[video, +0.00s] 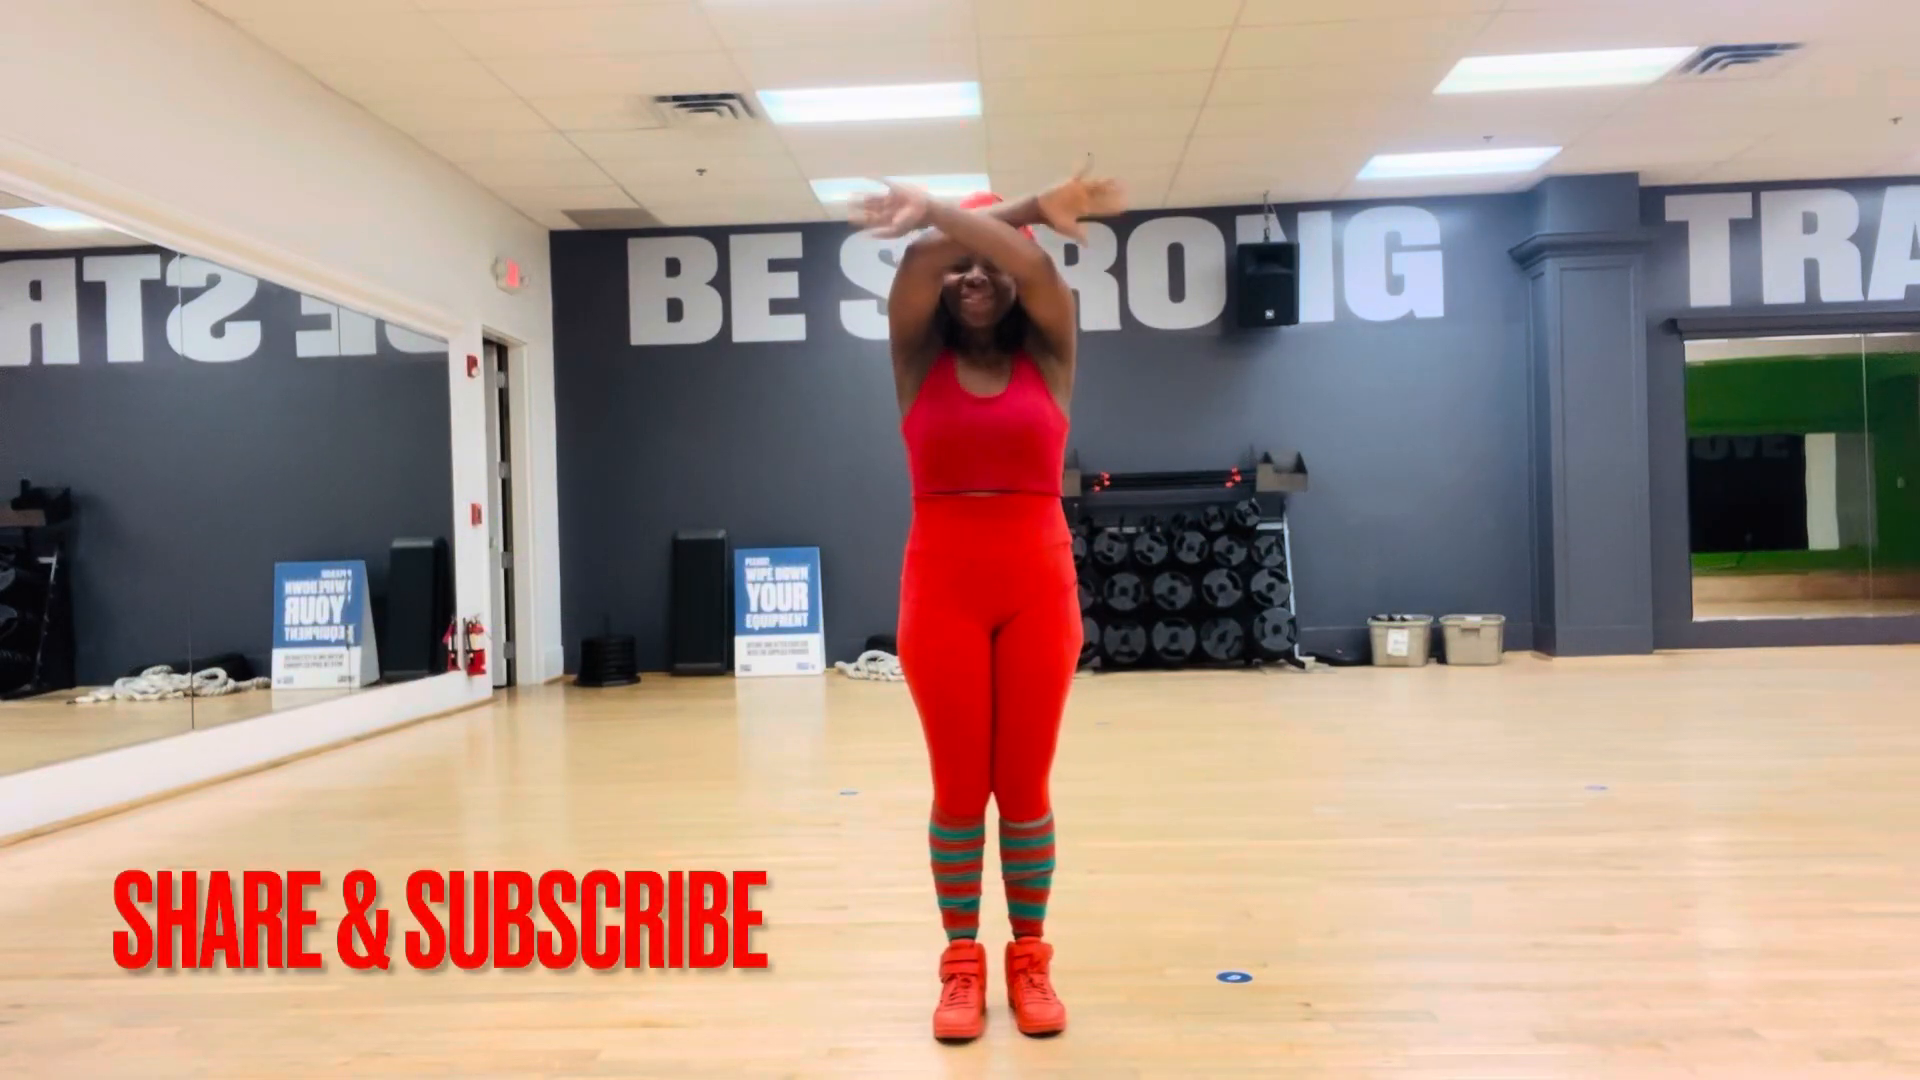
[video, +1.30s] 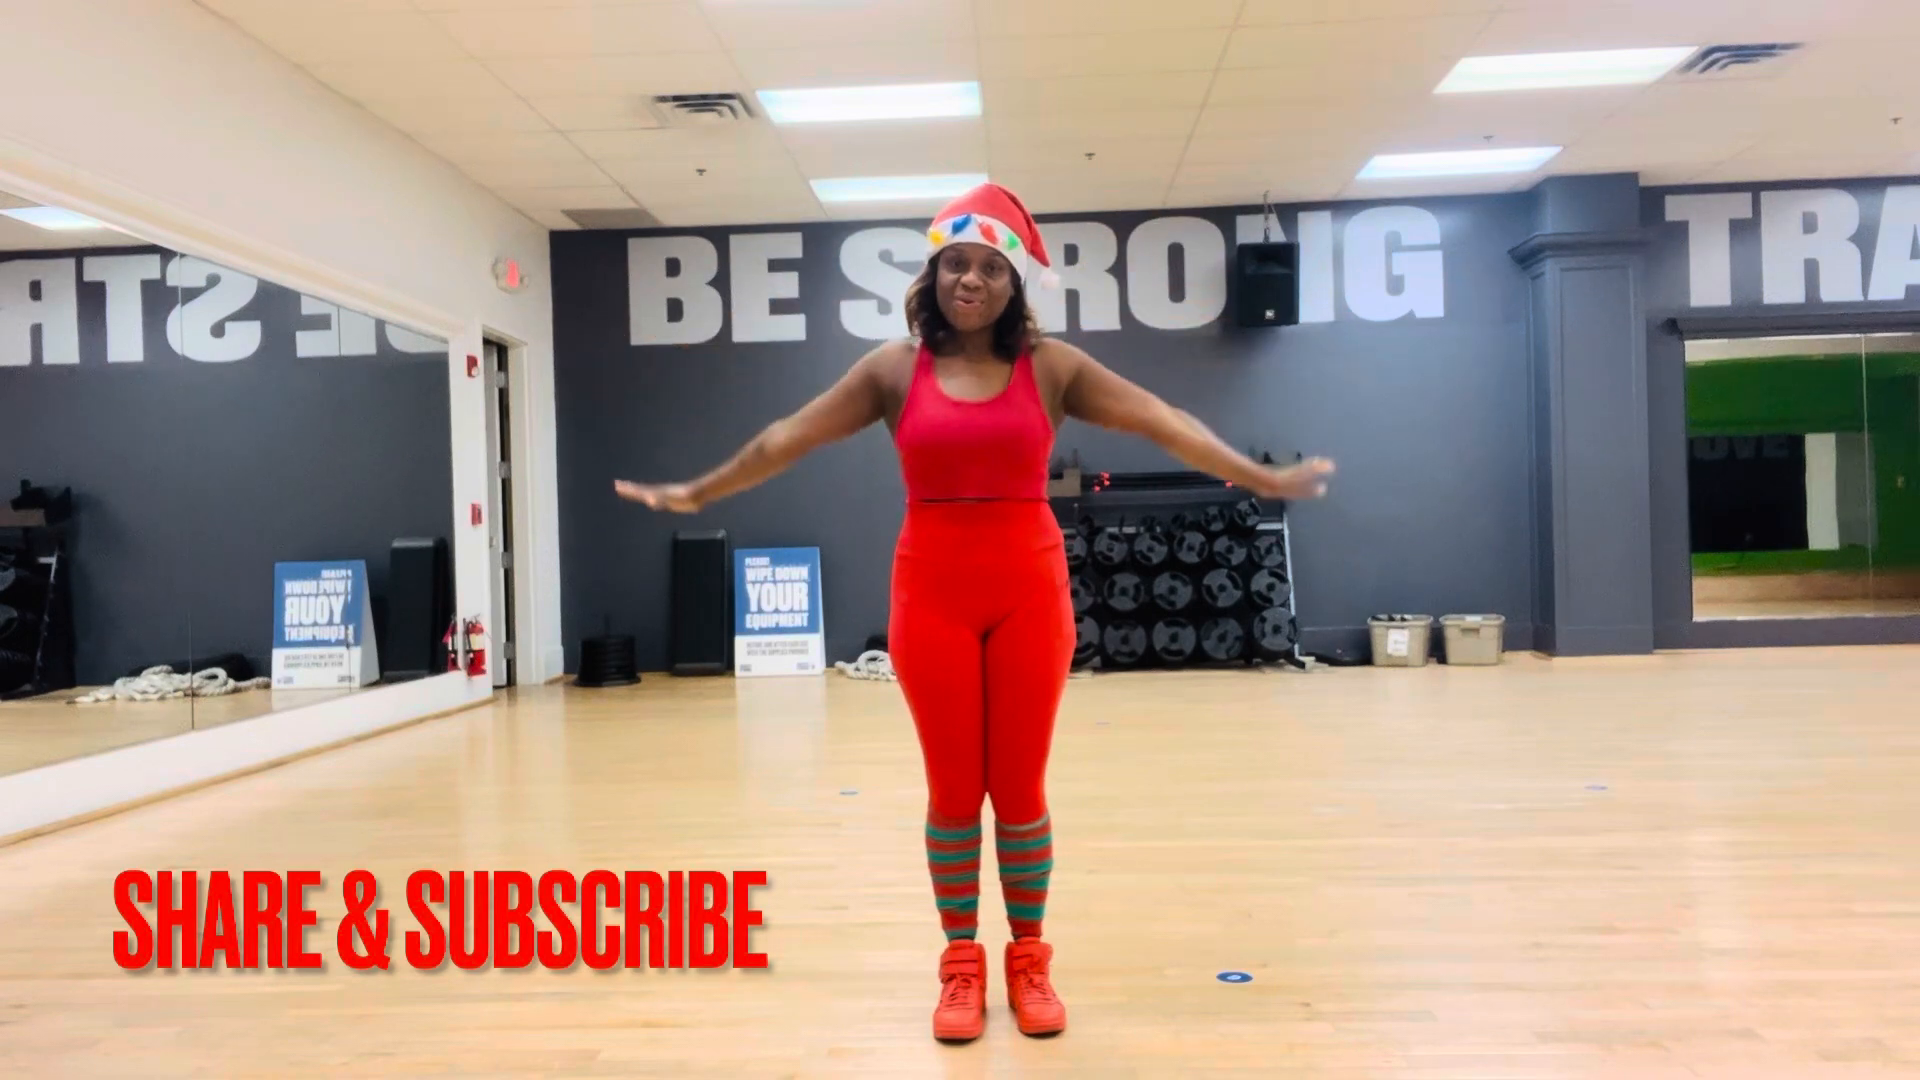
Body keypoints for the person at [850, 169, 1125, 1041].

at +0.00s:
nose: (970, 285)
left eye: (985, 276)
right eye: (956, 275)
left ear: (1015, 289)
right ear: (936, 294)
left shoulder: (1049, 354)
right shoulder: (919, 357)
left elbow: (1029, 268)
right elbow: (924, 260)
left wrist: (932, 208)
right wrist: (1037, 207)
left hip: (1039, 586)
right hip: (941, 587)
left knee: (1023, 783)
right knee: (959, 784)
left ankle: (1030, 964)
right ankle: (962, 967)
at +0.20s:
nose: (974, 282)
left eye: (991, 269)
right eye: (959, 270)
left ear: (1019, 281)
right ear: (936, 283)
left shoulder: (1048, 356)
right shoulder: (916, 357)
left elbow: (1052, 247)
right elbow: (896, 247)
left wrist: (1015, 132)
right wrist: (958, 136)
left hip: (1039, 589)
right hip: (940, 593)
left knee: (1024, 782)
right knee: (959, 783)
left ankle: (1031, 961)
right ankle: (962, 965)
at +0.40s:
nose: (971, 284)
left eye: (989, 269)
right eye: (956, 270)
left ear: (1019, 281)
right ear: (935, 283)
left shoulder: (1048, 351)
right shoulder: (911, 353)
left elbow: (1086, 233)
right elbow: (851, 240)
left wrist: (1131, 123)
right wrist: (842, 122)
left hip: (1037, 592)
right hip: (940, 594)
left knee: (1023, 786)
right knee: (958, 786)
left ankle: (1030, 958)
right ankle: (962, 963)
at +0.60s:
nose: (970, 283)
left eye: (987, 269)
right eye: (954, 269)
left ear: (1015, 279)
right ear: (933, 279)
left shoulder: (1051, 345)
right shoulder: (903, 349)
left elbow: (1130, 254)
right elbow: (813, 257)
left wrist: (1223, 171)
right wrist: (738, 163)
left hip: (1037, 587)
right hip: (938, 591)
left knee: (1022, 783)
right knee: (958, 784)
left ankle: (1031, 961)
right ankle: (962, 966)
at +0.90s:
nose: (966, 284)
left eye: (984, 272)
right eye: (952, 271)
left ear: (1014, 286)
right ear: (931, 284)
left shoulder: (1055, 351)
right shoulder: (898, 354)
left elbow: (1172, 321)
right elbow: (772, 323)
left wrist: (1291, 300)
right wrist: (667, 290)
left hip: (1032, 589)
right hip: (934, 592)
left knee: (1019, 784)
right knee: (955, 786)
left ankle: (1030, 960)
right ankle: (961, 963)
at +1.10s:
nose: (968, 282)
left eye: (985, 266)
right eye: (953, 265)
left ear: (1015, 277)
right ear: (932, 274)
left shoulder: (1052, 355)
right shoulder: (895, 360)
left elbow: (1173, 370)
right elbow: (772, 380)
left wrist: (1284, 389)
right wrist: (665, 391)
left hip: (1032, 589)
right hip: (933, 593)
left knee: (1019, 785)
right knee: (954, 785)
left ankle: (1030, 959)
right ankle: (963, 966)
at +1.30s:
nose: (970, 280)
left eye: (988, 268)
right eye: (956, 266)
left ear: (1014, 286)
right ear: (933, 281)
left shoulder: (1050, 366)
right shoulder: (896, 368)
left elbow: (1162, 421)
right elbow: (788, 437)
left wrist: (1257, 476)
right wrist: (695, 493)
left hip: (1030, 588)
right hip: (932, 592)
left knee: (1018, 783)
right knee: (954, 786)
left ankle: (1030, 960)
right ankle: (961, 964)